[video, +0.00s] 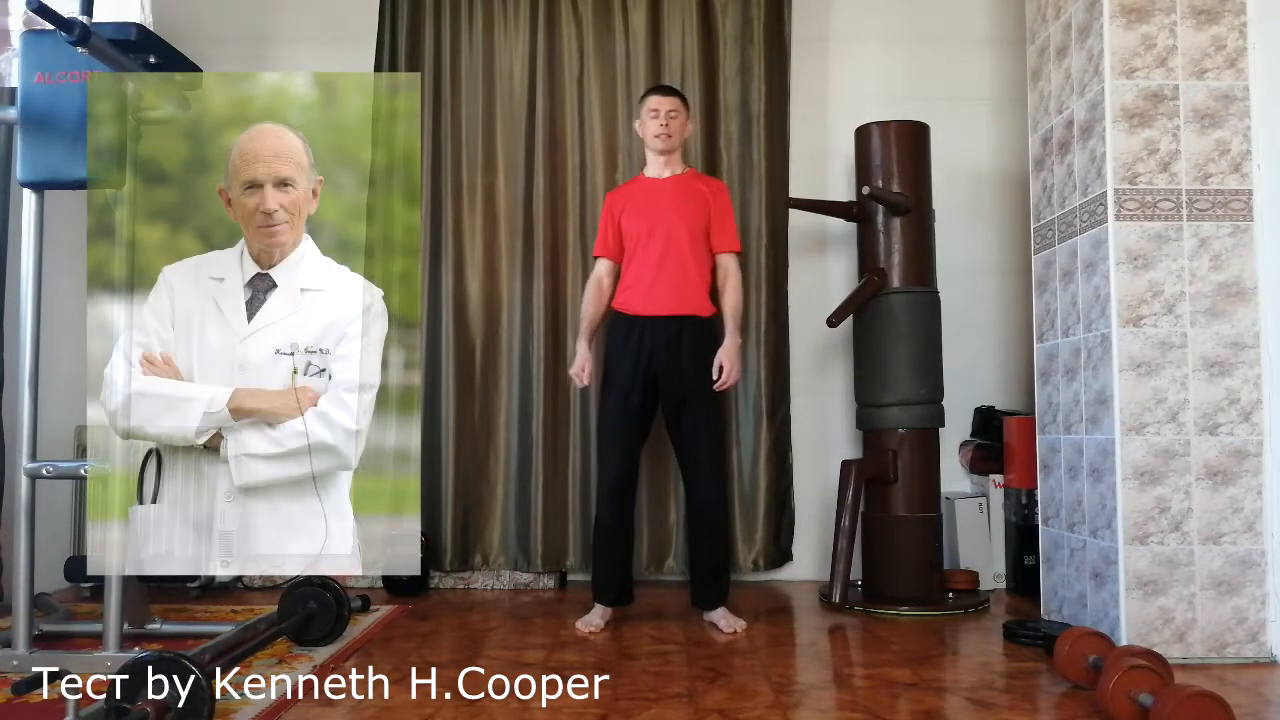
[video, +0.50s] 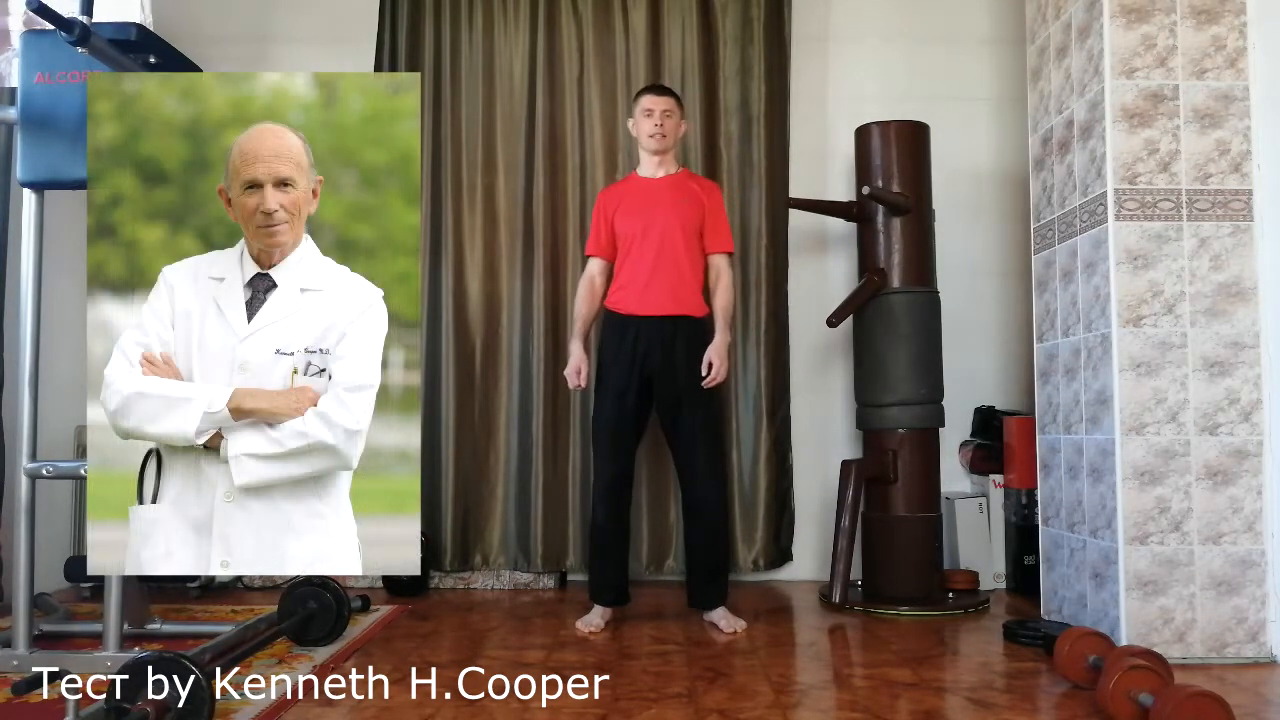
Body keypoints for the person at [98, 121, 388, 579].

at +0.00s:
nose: (269, 204)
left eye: (284, 185)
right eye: (252, 188)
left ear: (313, 194)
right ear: (229, 202)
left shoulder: (354, 300)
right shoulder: (178, 284)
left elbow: (338, 437)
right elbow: (124, 402)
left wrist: (200, 420)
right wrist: (252, 401)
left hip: (298, 556)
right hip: (177, 554)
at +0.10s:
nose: (269, 204)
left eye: (284, 185)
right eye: (252, 188)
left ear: (313, 194)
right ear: (228, 202)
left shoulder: (354, 300)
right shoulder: (178, 284)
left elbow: (339, 436)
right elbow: (124, 401)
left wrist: (200, 422)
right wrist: (254, 401)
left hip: (298, 555)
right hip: (176, 554)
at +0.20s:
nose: (269, 204)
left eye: (284, 185)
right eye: (252, 188)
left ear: (313, 194)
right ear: (228, 202)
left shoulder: (355, 300)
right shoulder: (179, 284)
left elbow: (338, 436)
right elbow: (123, 401)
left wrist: (200, 422)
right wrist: (250, 400)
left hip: (297, 557)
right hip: (177, 555)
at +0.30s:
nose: (269, 204)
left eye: (284, 185)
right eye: (252, 188)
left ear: (313, 194)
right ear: (228, 201)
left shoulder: (355, 300)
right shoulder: (179, 284)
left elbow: (338, 437)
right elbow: (123, 400)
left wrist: (199, 421)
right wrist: (250, 400)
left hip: (299, 558)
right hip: (177, 557)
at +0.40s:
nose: (269, 204)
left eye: (284, 185)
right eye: (252, 188)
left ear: (313, 194)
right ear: (228, 202)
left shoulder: (354, 300)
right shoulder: (179, 284)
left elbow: (338, 437)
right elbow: (123, 401)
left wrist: (199, 421)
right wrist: (249, 400)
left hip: (299, 557)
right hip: (178, 556)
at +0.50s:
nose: (269, 204)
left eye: (284, 185)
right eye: (252, 188)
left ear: (313, 194)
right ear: (228, 202)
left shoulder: (355, 300)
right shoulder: (179, 284)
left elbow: (338, 437)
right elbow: (123, 400)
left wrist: (199, 420)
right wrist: (249, 400)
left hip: (299, 556)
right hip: (178, 556)